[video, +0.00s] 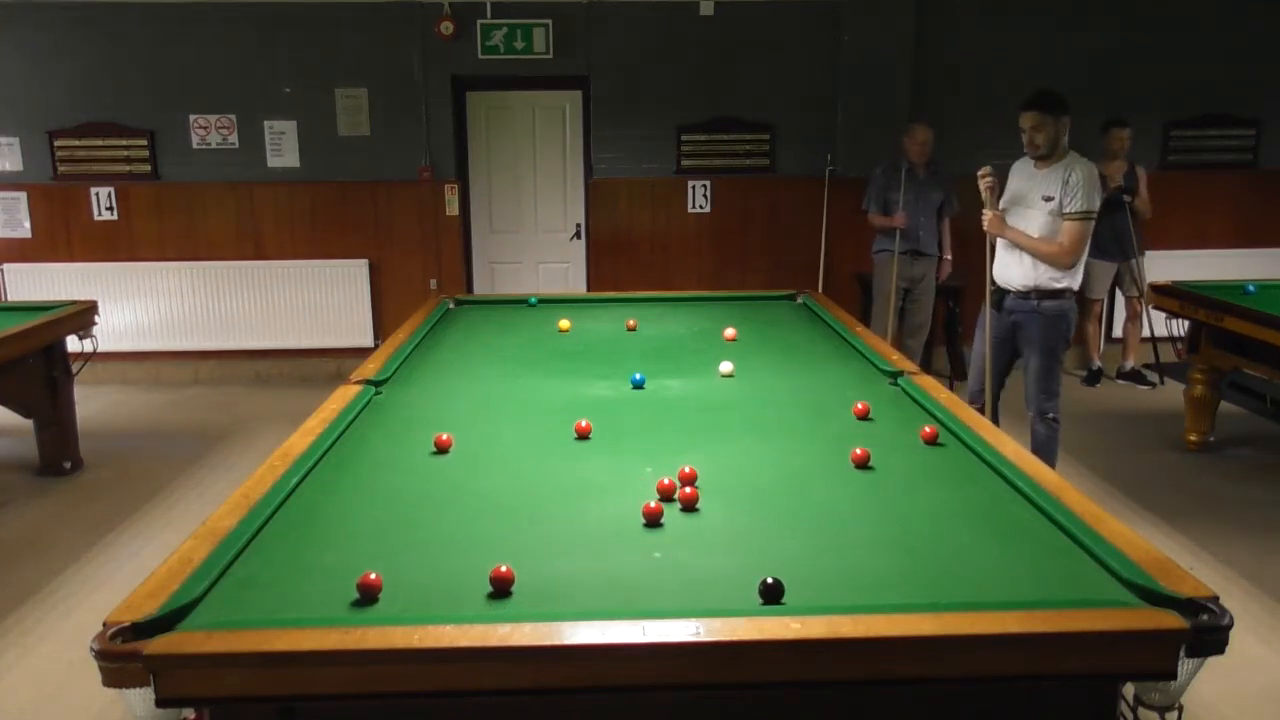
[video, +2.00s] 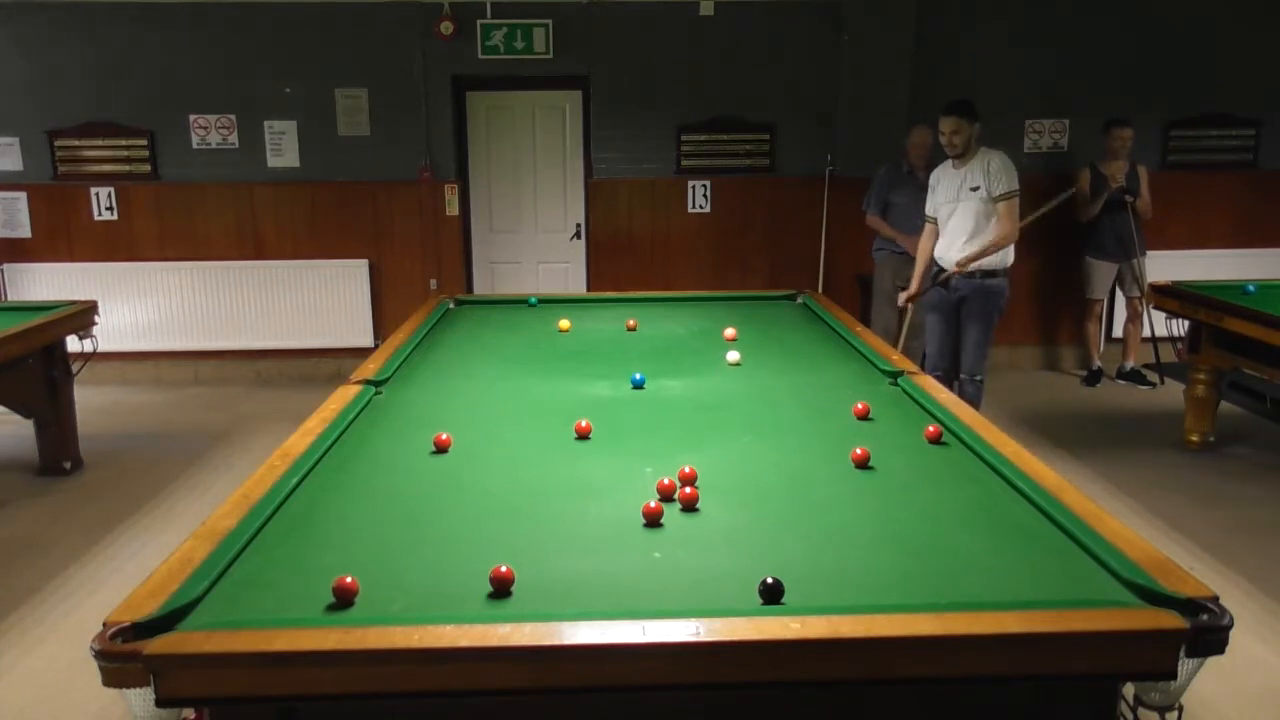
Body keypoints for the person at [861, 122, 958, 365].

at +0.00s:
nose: (922, 149)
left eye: (926, 144)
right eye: (917, 143)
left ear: (932, 147)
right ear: (906, 143)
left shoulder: (937, 177)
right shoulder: (886, 174)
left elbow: (944, 219)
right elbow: (873, 218)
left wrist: (947, 256)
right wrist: (891, 222)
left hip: (927, 258)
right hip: (891, 256)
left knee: (918, 327)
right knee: (884, 324)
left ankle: (907, 382)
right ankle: (877, 378)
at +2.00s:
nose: (922, 150)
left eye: (927, 145)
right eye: (917, 145)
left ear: (932, 149)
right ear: (907, 146)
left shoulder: (938, 180)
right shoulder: (890, 174)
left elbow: (945, 218)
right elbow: (871, 217)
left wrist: (929, 245)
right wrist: (905, 240)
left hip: (925, 258)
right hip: (891, 256)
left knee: (918, 324)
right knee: (886, 322)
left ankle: (909, 382)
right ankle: (879, 378)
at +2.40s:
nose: (912, 153)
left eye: (916, 148)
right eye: (907, 148)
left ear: (922, 150)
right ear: (897, 148)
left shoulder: (929, 180)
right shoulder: (880, 176)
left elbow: (936, 220)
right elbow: (854, 211)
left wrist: (926, 253)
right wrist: (864, 246)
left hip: (917, 263)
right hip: (882, 259)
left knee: (912, 331)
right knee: (879, 329)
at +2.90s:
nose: (869, 155)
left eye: (874, 150)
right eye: (866, 150)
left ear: (886, 152)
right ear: (862, 151)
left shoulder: (897, 181)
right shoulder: (850, 178)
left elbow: (910, 221)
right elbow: (834, 219)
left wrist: (909, 252)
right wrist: (837, 260)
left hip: (895, 259)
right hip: (859, 259)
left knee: (898, 323)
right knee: (861, 319)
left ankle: (901, 375)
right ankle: (863, 373)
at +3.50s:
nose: (831, 172)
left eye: (836, 167)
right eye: (827, 167)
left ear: (849, 161)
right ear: (823, 163)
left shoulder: (875, 179)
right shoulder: (827, 182)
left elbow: (896, 217)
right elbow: (825, 223)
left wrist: (871, 241)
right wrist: (820, 263)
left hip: (869, 261)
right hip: (840, 262)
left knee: (868, 318)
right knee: (845, 316)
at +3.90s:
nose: (795, 172)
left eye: (799, 167)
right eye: (792, 167)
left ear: (815, 159)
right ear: (789, 164)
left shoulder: (844, 179)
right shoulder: (802, 181)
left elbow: (861, 224)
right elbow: (809, 222)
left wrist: (830, 254)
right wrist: (800, 255)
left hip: (843, 267)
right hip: (814, 267)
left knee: (843, 329)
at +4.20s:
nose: (755, 171)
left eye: (759, 165)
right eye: (753, 166)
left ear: (774, 158)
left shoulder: (804, 180)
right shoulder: (772, 183)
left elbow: (824, 223)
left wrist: (799, 260)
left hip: (811, 267)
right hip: (781, 263)